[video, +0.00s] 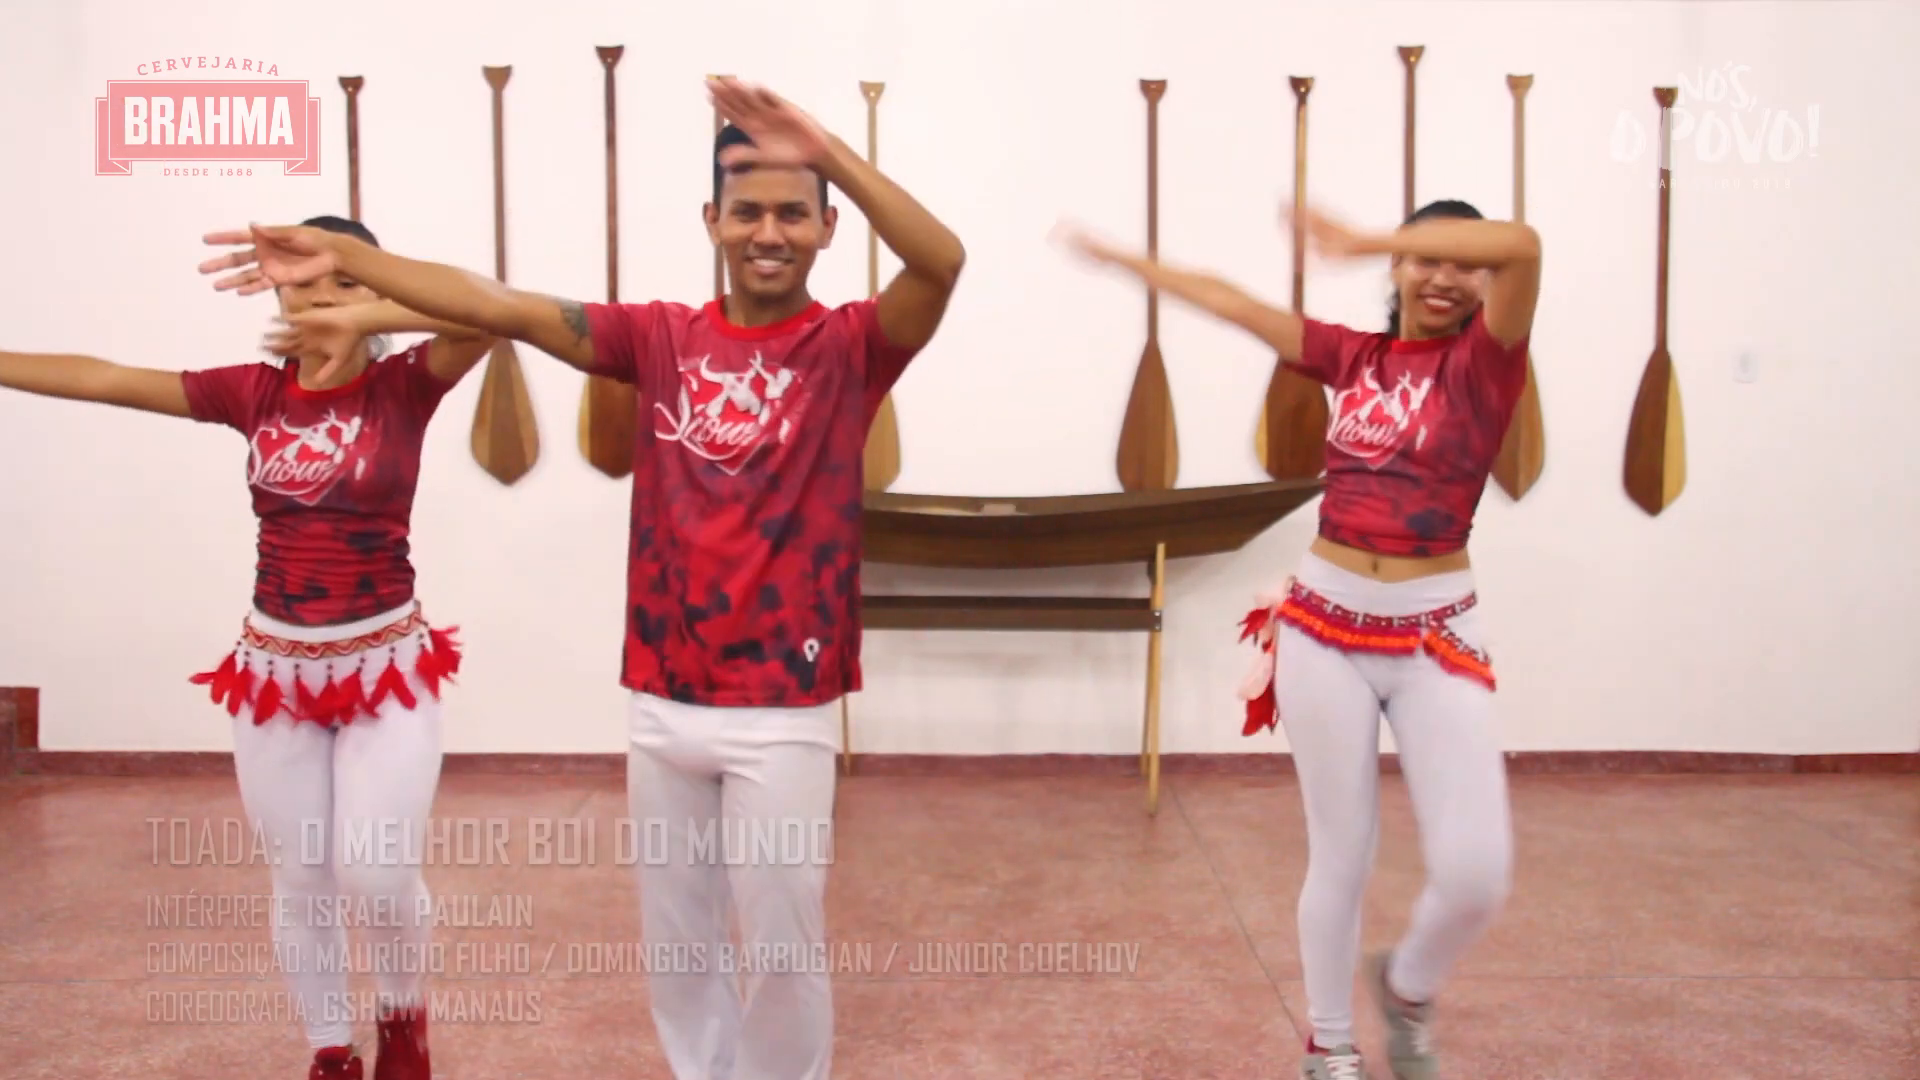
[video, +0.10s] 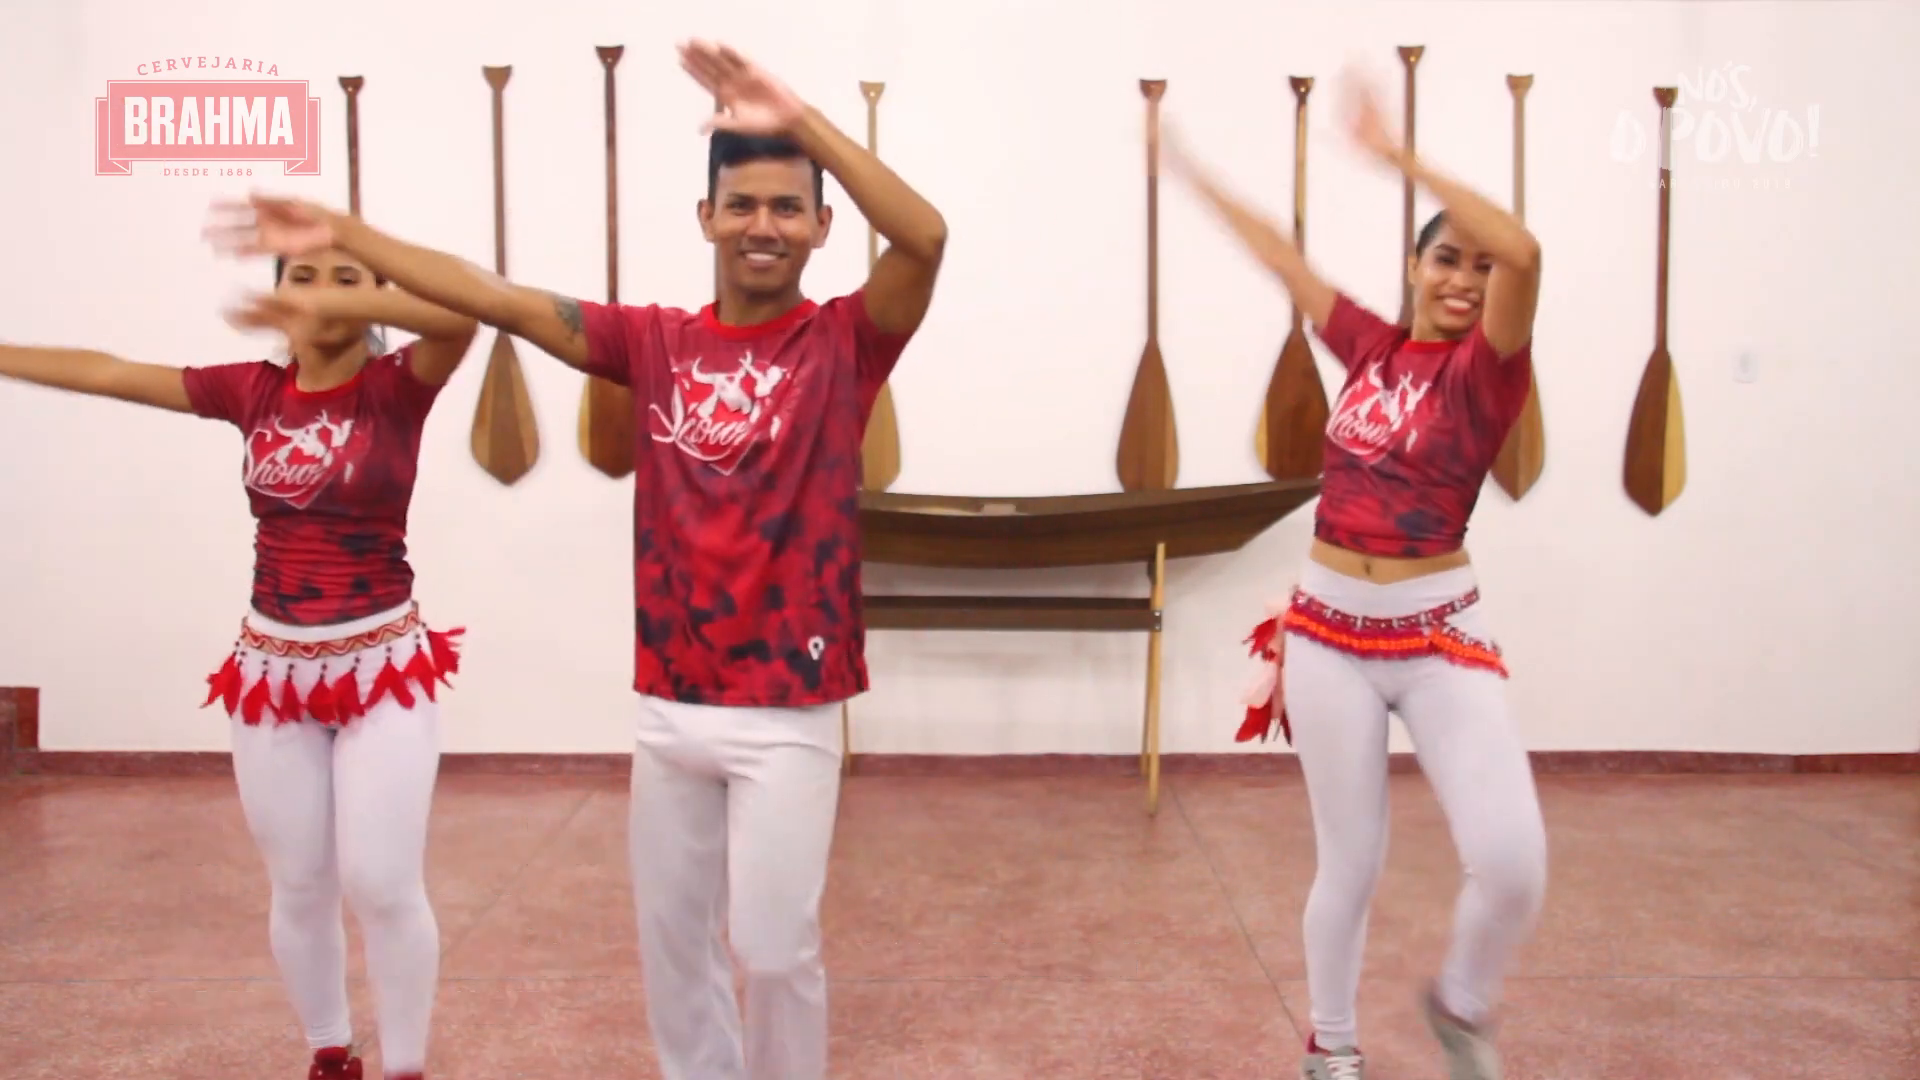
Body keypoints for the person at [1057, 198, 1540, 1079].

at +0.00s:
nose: (1443, 277)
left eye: (1461, 264)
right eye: (1426, 259)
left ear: (1487, 282)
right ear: (1399, 271)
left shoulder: (1487, 368)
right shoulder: (1354, 356)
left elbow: (1523, 246)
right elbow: (1234, 302)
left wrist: (1368, 239)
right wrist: (1124, 258)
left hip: (1439, 638)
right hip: (1326, 629)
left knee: (1476, 875)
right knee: (1342, 854)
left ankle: (1406, 988)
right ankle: (1331, 1050)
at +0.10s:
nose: (1462, 278)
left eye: (1480, 264)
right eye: (1445, 259)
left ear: (1501, 287)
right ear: (1412, 274)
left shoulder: (1489, 373)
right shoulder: (1370, 348)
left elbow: (1518, 252)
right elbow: (1283, 257)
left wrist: (1396, 152)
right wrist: (1185, 166)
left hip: (1443, 639)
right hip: (1328, 637)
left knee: (1514, 868)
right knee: (1348, 867)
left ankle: (1460, 1011)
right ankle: (1331, 1047)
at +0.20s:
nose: (1474, 265)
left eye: (1497, 256)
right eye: (1463, 245)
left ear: (1515, 282)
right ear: (1430, 255)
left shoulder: (1495, 368)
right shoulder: (1388, 328)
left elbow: (1538, 247)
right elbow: (1329, 211)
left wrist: (1487, 97)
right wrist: (1270, 89)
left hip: (1450, 618)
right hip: (1337, 617)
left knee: (1533, 870)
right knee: (1349, 861)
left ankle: (1542, 1065)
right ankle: (1332, 1051)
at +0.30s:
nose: (1496, 254)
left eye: (1520, 244)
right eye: (1483, 236)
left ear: (1539, 274)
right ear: (1449, 253)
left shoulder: (1514, 364)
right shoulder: (1407, 323)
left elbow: (1571, 243)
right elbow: (1373, 176)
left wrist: (1590, 86)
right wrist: (1346, 32)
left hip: (1470, 620)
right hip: (1360, 622)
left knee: (1536, 886)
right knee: (1361, 865)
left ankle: (1595, 1072)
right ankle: (1345, 1051)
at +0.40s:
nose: (1515, 255)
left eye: (1541, 246)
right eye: (1501, 237)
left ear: (1562, 275)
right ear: (1468, 251)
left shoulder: (1539, 367)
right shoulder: (1430, 323)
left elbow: (1608, 254)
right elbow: (1416, 180)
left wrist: (1683, 109)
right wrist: (1417, 37)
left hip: (1500, 628)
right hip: (1392, 624)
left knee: (1547, 893)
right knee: (1380, 872)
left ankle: (1594, 1073)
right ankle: (1363, 1054)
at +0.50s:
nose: (1544, 250)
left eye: (1568, 240)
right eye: (1528, 233)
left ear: (1593, 270)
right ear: (1496, 252)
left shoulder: (1580, 360)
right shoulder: (1460, 324)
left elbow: (1669, 253)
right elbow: (1447, 178)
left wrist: (1768, 128)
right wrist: (1487, 44)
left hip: (1536, 628)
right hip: (1425, 628)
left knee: (1564, 891)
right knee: (1401, 878)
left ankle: (1593, 1074)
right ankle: (1384, 1054)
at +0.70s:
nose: (1593, 255)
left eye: (1617, 241)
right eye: (1575, 237)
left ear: (1643, 270)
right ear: (1542, 259)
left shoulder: (1643, 372)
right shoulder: (1499, 337)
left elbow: (1778, 279)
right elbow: (1487, 187)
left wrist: (1902, 188)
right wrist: (1598, 110)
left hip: (1606, 641)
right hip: (1486, 645)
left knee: (1606, 901)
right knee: (1415, 880)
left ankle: (1610, 1078)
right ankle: (1416, 1058)